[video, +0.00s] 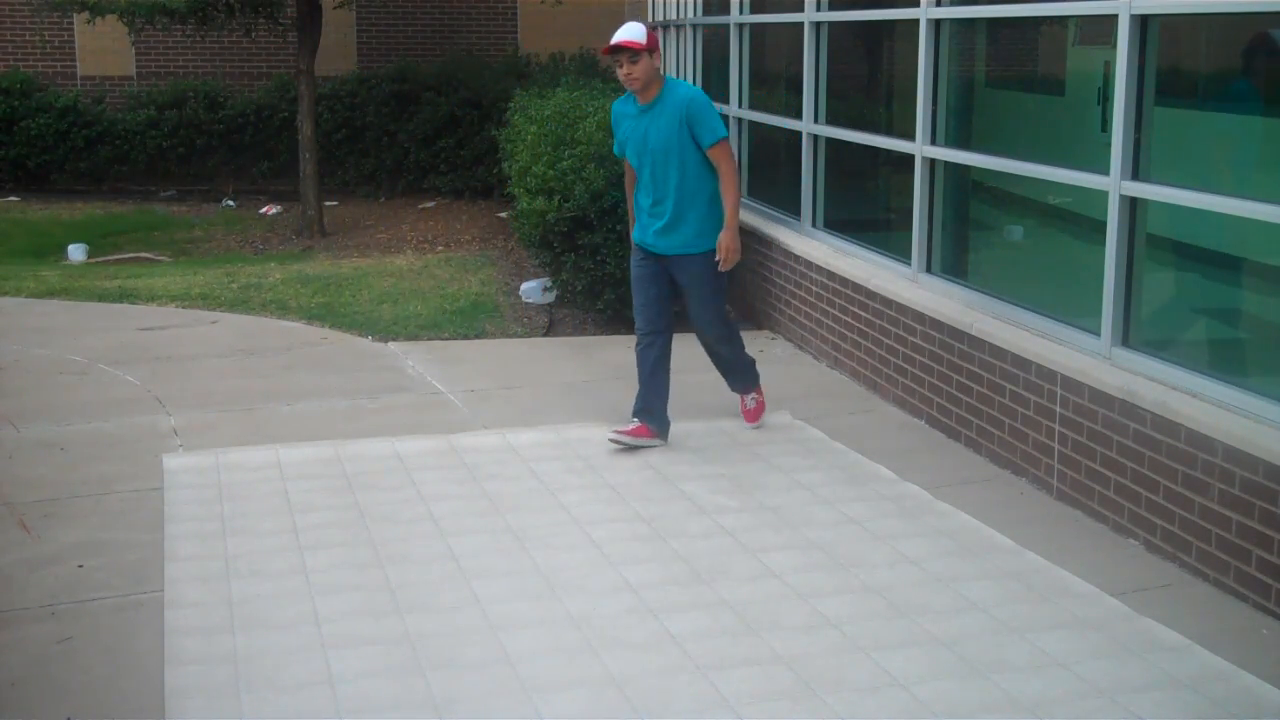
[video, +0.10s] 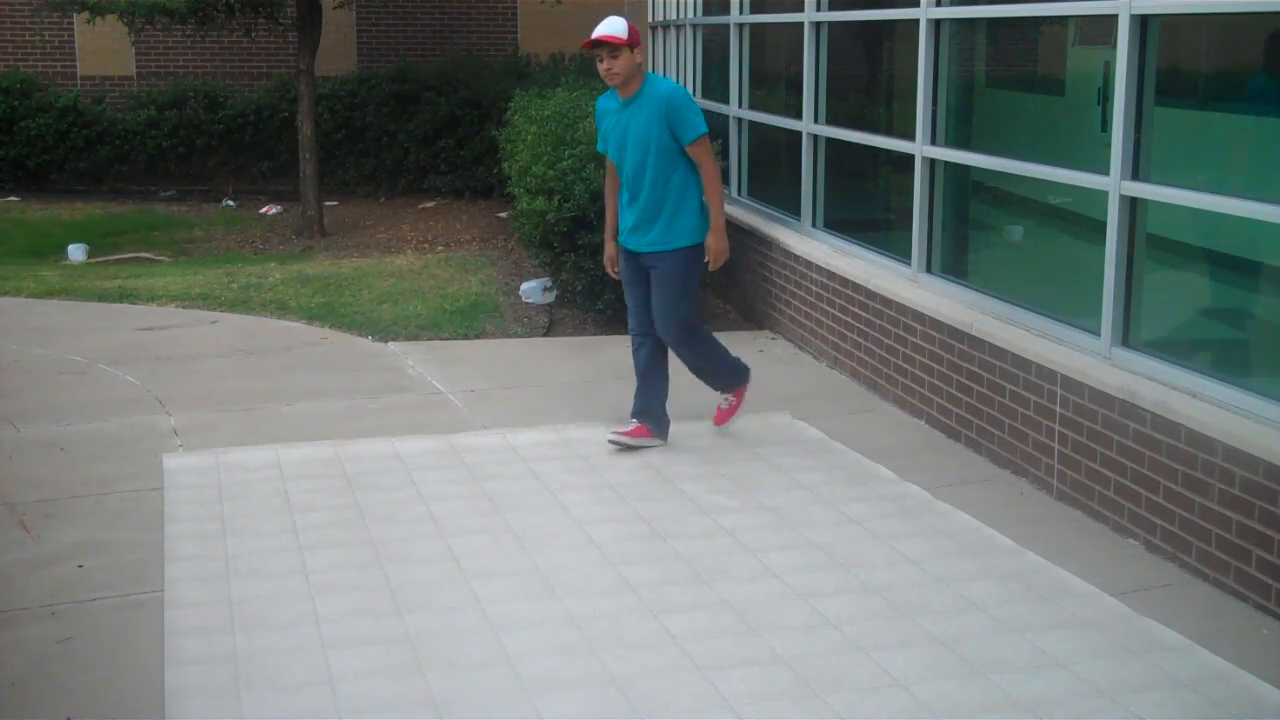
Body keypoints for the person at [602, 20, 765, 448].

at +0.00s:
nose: (625, 69)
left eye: (633, 59)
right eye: (619, 62)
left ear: (656, 58)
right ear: (614, 67)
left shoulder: (690, 100)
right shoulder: (622, 110)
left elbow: (726, 163)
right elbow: (631, 173)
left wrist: (731, 228)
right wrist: (635, 227)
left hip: (696, 240)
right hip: (647, 240)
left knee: (710, 325)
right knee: (649, 332)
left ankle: (746, 385)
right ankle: (651, 421)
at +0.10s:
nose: (605, 64)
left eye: (614, 54)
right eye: (599, 57)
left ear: (637, 54)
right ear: (595, 61)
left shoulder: (670, 96)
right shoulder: (606, 107)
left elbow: (706, 161)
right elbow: (612, 175)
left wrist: (718, 229)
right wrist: (610, 237)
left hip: (678, 237)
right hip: (632, 238)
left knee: (674, 327)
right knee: (643, 333)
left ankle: (734, 378)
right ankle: (650, 421)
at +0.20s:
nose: (588, 59)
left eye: (597, 49)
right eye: (582, 51)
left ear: (621, 50)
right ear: (578, 56)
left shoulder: (653, 95)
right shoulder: (591, 102)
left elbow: (692, 158)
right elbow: (593, 173)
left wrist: (703, 222)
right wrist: (579, 232)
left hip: (659, 232)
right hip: (617, 234)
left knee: (631, 322)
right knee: (632, 325)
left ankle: (686, 403)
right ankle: (647, 419)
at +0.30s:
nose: (569, 60)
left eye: (578, 51)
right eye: (563, 52)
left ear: (603, 51)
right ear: (559, 57)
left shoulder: (633, 96)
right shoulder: (574, 103)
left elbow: (677, 156)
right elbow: (572, 171)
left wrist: (685, 221)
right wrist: (548, 222)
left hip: (636, 232)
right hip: (607, 233)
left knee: (595, 323)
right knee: (632, 329)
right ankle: (650, 423)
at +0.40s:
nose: (547, 65)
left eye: (557, 55)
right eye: (543, 56)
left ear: (583, 57)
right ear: (539, 61)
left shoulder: (612, 100)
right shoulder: (555, 106)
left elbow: (660, 159)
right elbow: (550, 172)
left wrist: (659, 227)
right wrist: (523, 215)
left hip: (614, 240)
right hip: (586, 240)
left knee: (570, 334)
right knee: (623, 335)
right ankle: (650, 424)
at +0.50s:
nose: (525, 70)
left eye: (535, 61)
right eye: (521, 61)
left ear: (562, 62)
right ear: (519, 62)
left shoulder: (588, 106)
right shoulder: (532, 104)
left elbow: (640, 165)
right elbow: (531, 165)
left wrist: (626, 231)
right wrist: (509, 209)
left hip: (584, 245)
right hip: (558, 244)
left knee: (542, 342)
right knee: (600, 338)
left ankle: (507, 442)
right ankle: (645, 418)